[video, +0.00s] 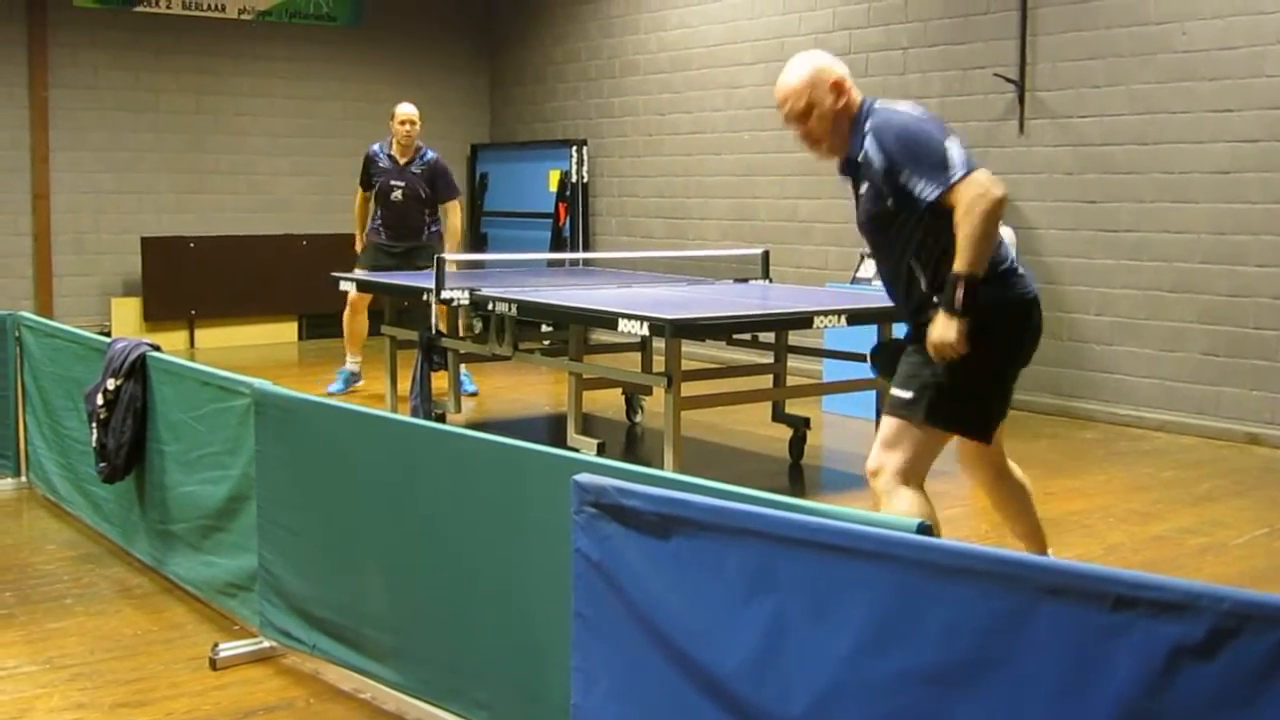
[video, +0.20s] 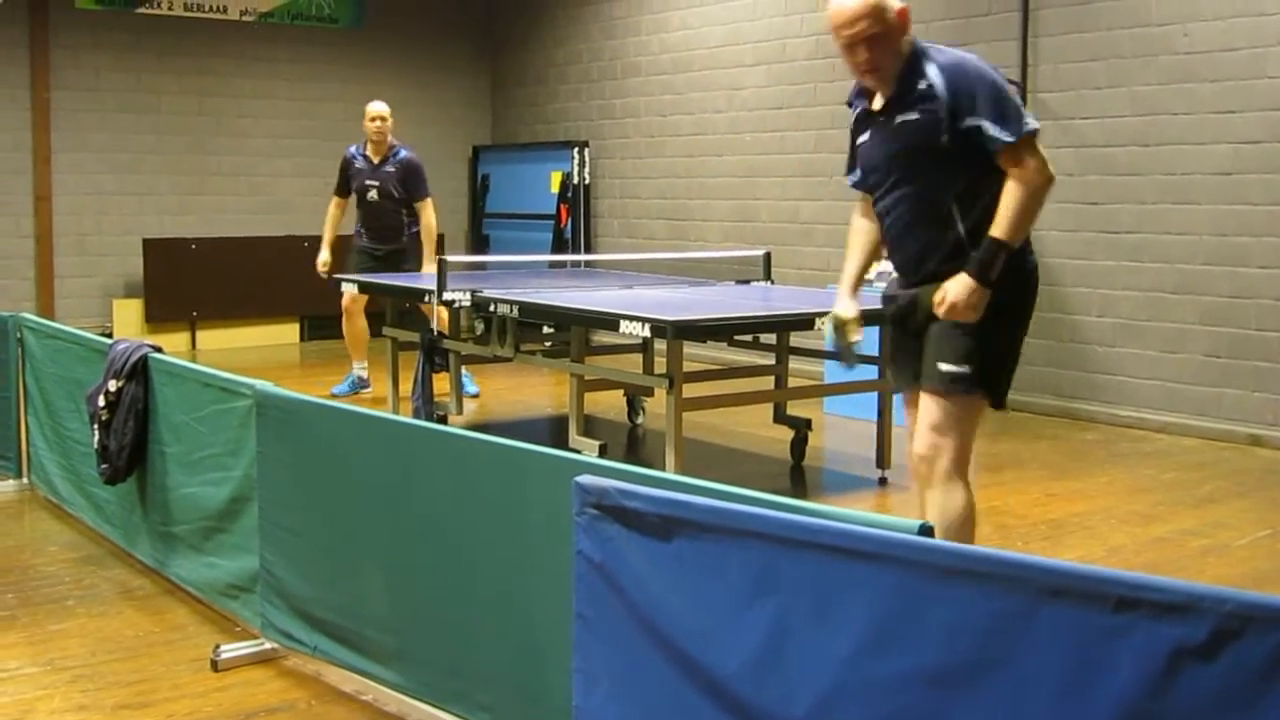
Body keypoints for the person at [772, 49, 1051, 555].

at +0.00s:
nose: (798, 132)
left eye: (803, 114)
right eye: (790, 121)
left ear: (839, 92)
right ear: (837, 98)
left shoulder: (890, 128)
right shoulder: (866, 148)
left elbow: (981, 194)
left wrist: (954, 304)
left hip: (973, 312)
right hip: (993, 310)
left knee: (891, 471)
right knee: (980, 455)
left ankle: (923, 611)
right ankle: (1044, 571)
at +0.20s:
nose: (861, 59)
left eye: (870, 42)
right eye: (848, 48)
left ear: (903, 24)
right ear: (836, 45)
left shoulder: (960, 77)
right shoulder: (864, 105)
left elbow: (1032, 174)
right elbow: (870, 208)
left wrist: (981, 273)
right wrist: (848, 289)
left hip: (977, 285)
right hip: (912, 291)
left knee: (936, 456)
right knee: (927, 455)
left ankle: (946, 615)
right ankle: (943, 604)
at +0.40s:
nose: (934, 48)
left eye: (944, 31)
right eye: (919, 34)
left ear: (966, 19)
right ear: (892, 31)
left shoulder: (1011, 92)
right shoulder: (871, 115)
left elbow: (1067, 197)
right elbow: (837, 217)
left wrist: (1045, 292)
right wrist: (798, 313)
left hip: (992, 319)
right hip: (907, 321)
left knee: (971, 481)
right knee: (921, 477)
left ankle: (977, 624)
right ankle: (939, 617)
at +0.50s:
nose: (970, 35)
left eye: (982, 20)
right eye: (955, 21)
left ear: (998, 17)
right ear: (920, 18)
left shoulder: (1035, 91)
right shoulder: (882, 105)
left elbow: (1090, 191)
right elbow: (843, 210)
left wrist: (1093, 297)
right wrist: (799, 309)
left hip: (1009, 322)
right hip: (915, 321)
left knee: (990, 486)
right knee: (909, 483)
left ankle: (991, 628)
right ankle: (922, 619)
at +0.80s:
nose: (1043, 44)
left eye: (1055, 29)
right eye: (1029, 27)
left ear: (1068, 21)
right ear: (987, 14)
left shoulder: (1087, 94)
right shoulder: (923, 92)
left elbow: (1129, 210)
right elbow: (862, 200)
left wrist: (1165, 326)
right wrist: (852, 306)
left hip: (1045, 328)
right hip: (948, 321)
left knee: (1011, 516)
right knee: (956, 499)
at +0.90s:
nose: (1069, 49)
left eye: (1081, 34)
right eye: (1054, 32)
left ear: (1094, 25)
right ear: (1009, 15)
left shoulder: (1103, 96)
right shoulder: (941, 92)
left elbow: (1135, 210)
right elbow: (867, 202)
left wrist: (1162, 325)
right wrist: (881, 312)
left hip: (1058, 338)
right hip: (961, 330)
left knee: (1017, 528)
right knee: (979, 516)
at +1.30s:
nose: (1185, 27)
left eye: (1190, 12)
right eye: (1175, 10)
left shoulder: (1162, 81)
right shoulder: (1013, 79)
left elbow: (1166, 199)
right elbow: (947, 227)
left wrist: (1221, 307)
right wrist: (947, 375)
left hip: (1149, 347)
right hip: (1042, 352)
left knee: (1200, 558)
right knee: (1066, 569)